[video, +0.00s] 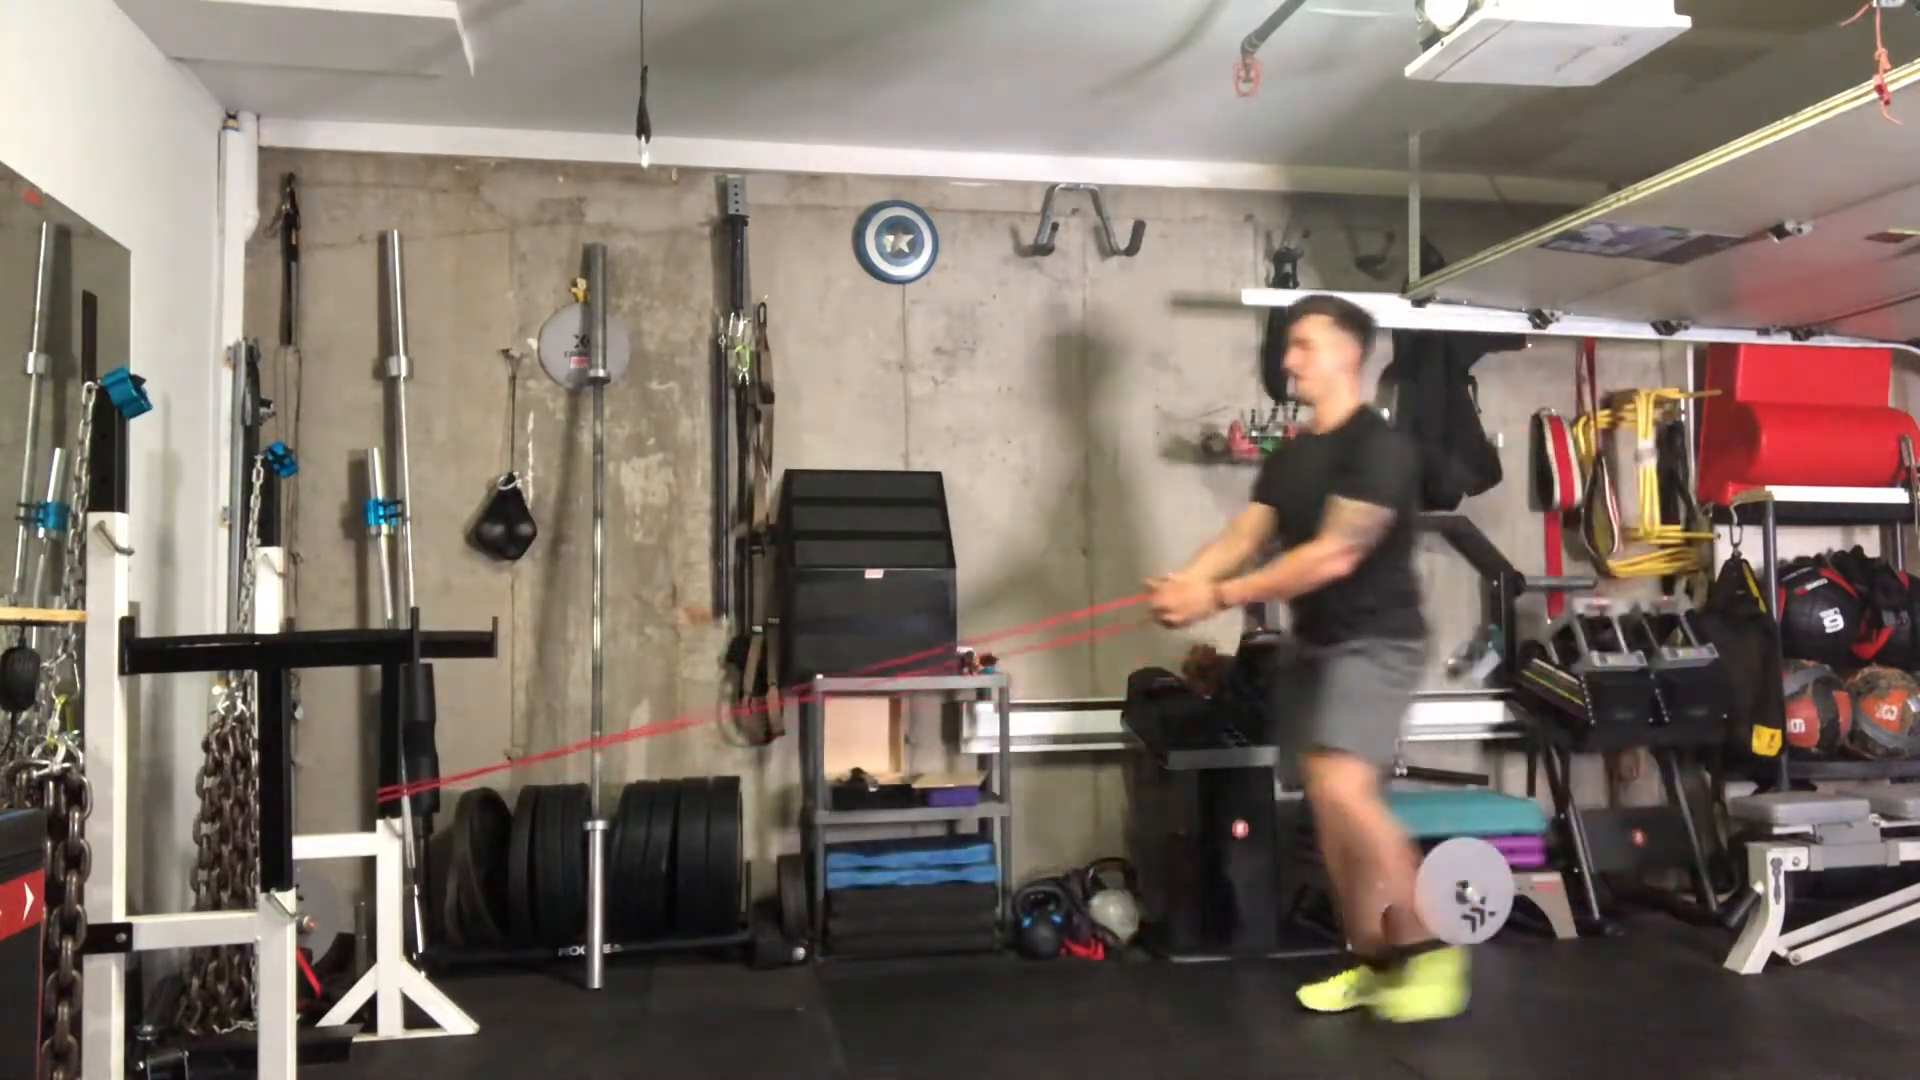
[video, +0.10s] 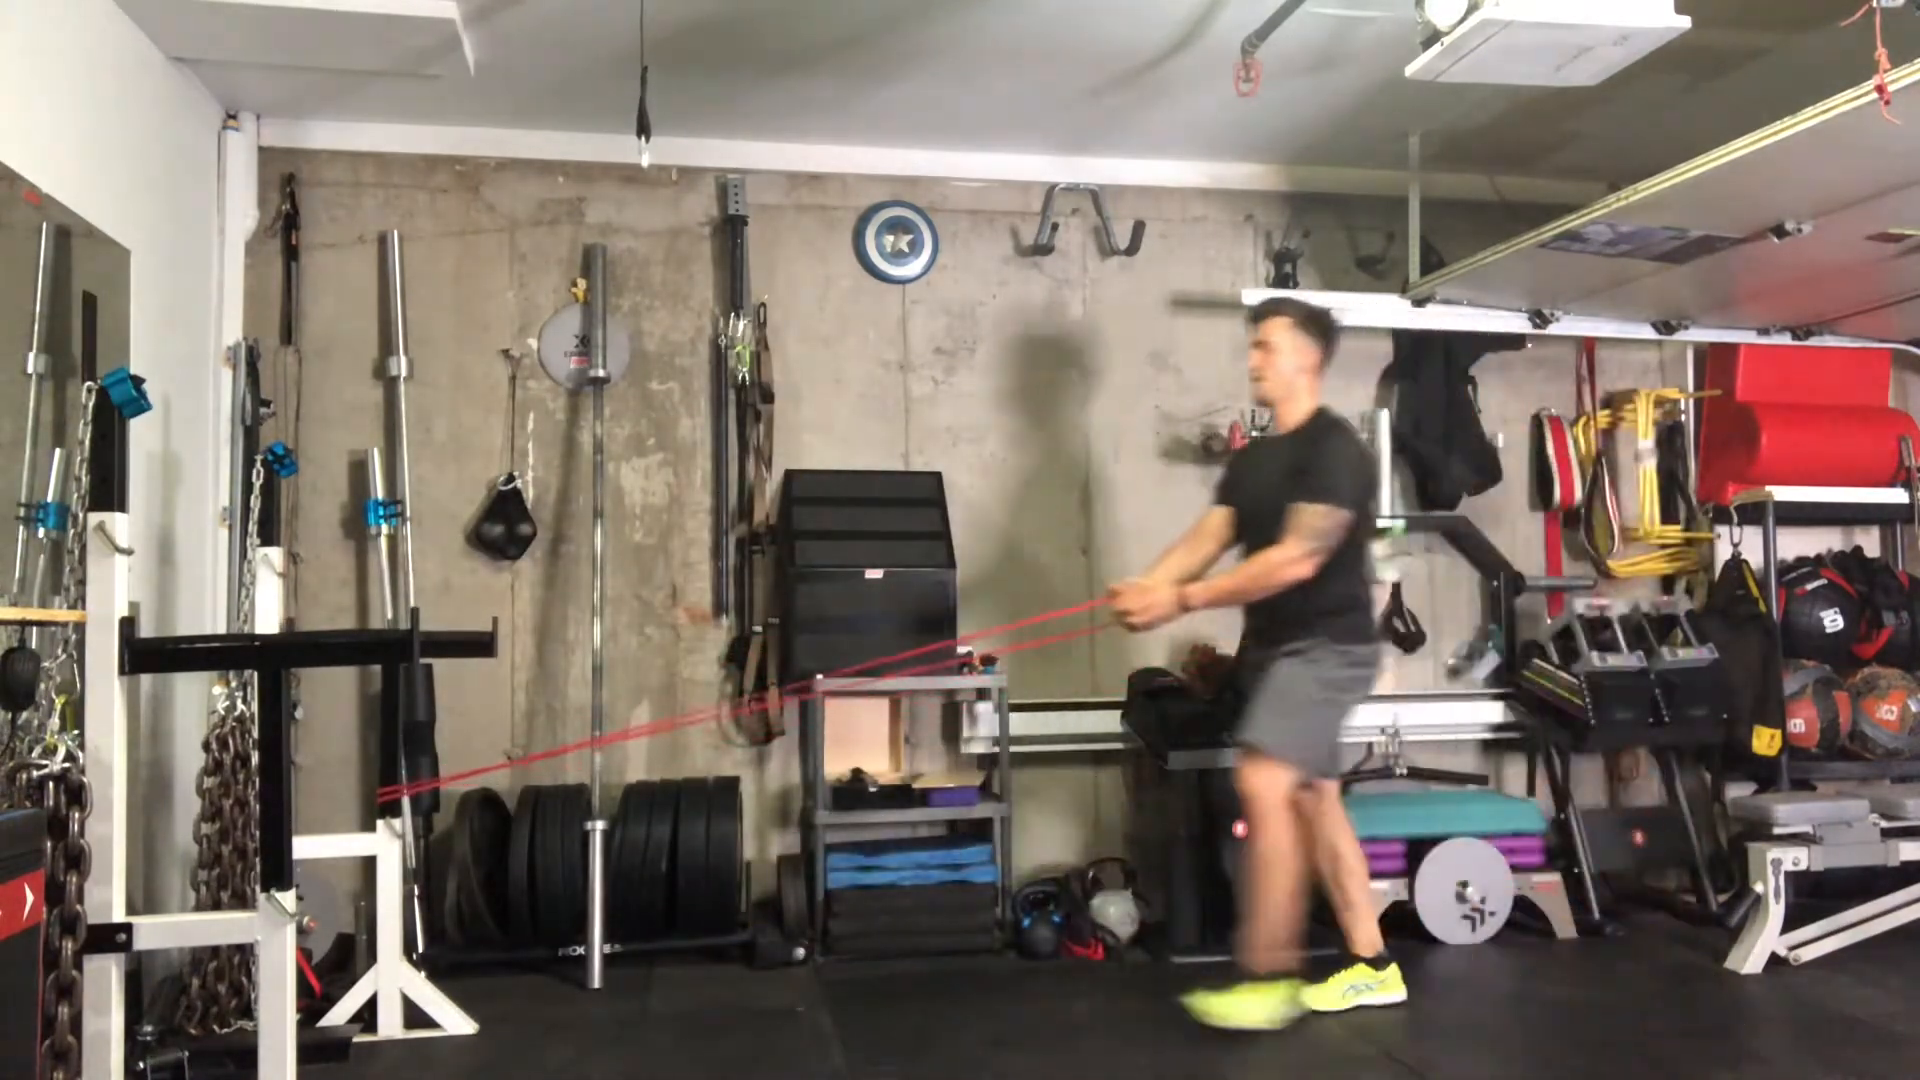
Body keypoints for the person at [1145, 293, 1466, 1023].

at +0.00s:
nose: (1291, 357)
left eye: (1307, 345)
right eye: (1288, 346)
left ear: (1354, 356)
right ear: (1288, 363)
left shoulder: (1382, 446)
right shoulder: (1291, 456)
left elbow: (1335, 554)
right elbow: (1245, 535)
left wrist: (1219, 595)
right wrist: (1188, 580)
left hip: (1377, 642)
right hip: (1317, 645)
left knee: (1340, 780)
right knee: (1328, 790)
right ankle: (1370, 958)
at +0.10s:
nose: (1254, 361)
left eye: (1267, 347)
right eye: (1253, 348)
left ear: (1313, 358)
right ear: (1263, 360)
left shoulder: (1338, 451)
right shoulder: (1250, 459)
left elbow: (1296, 560)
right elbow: (1209, 536)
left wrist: (1184, 598)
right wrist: (1151, 585)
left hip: (1328, 647)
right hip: (1275, 648)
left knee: (1264, 777)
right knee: (1315, 797)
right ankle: (1373, 962)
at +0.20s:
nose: (1212, 367)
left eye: (1227, 355)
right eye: (1213, 355)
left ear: (1274, 369)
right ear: (1228, 369)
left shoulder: (1289, 457)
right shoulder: (1215, 460)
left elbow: (1257, 572)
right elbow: (1173, 544)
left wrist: (1146, 614)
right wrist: (1113, 599)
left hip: (1276, 662)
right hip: (1236, 661)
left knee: (1205, 801)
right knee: (1294, 803)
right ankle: (1370, 956)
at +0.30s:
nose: (1166, 372)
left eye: (1182, 360)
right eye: (1169, 360)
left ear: (1225, 375)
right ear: (1193, 377)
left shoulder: (1236, 470)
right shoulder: (1171, 468)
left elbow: (1207, 591)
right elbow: (1128, 558)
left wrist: (1100, 634)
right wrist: (1073, 617)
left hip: (1210, 670)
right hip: (1178, 665)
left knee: (1136, 805)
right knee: (1229, 808)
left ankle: (1088, 987)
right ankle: (1353, 942)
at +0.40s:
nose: (1121, 365)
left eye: (1137, 354)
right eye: (1125, 352)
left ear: (1178, 371)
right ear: (1154, 371)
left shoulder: (1181, 470)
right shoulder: (1119, 467)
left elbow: (1155, 595)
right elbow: (1078, 562)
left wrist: (1050, 644)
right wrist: (1025, 628)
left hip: (1156, 669)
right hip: (1115, 666)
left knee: (1075, 798)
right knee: (1126, 812)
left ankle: (1080, 990)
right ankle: (1278, 906)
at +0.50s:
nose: (1078, 351)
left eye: (1095, 341)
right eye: (1083, 338)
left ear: (1136, 361)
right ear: (1105, 356)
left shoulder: (1130, 453)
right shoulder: (1081, 453)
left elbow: (1103, 580)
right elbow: (1037, 551)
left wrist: (1003, 628)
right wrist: (980, 613)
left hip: (1113, 663)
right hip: (1071, 658)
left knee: (1060, 801)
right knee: (1044, 791)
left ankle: (1081, 989)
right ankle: (1171, 902)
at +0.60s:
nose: (1034, 345)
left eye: (1050, 335)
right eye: (1040, 333)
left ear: (1088, 354)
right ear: (1068, 354)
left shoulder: (1082, 442)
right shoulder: (1045, 443)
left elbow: (1054, 564)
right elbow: (995, 546)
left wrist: (954, 606)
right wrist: (932, 597)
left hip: (1066, 652)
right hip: (1020, 647)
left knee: (1054, 801)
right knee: (972, 779)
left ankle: (1081, 984)